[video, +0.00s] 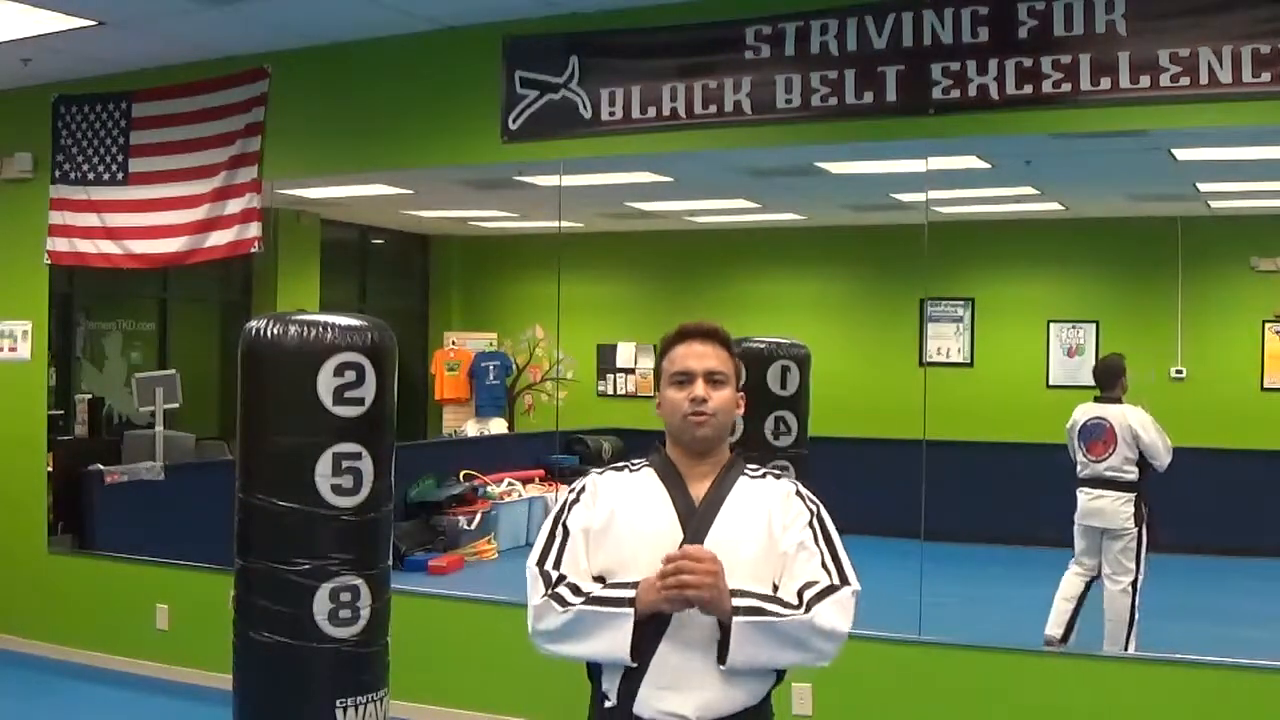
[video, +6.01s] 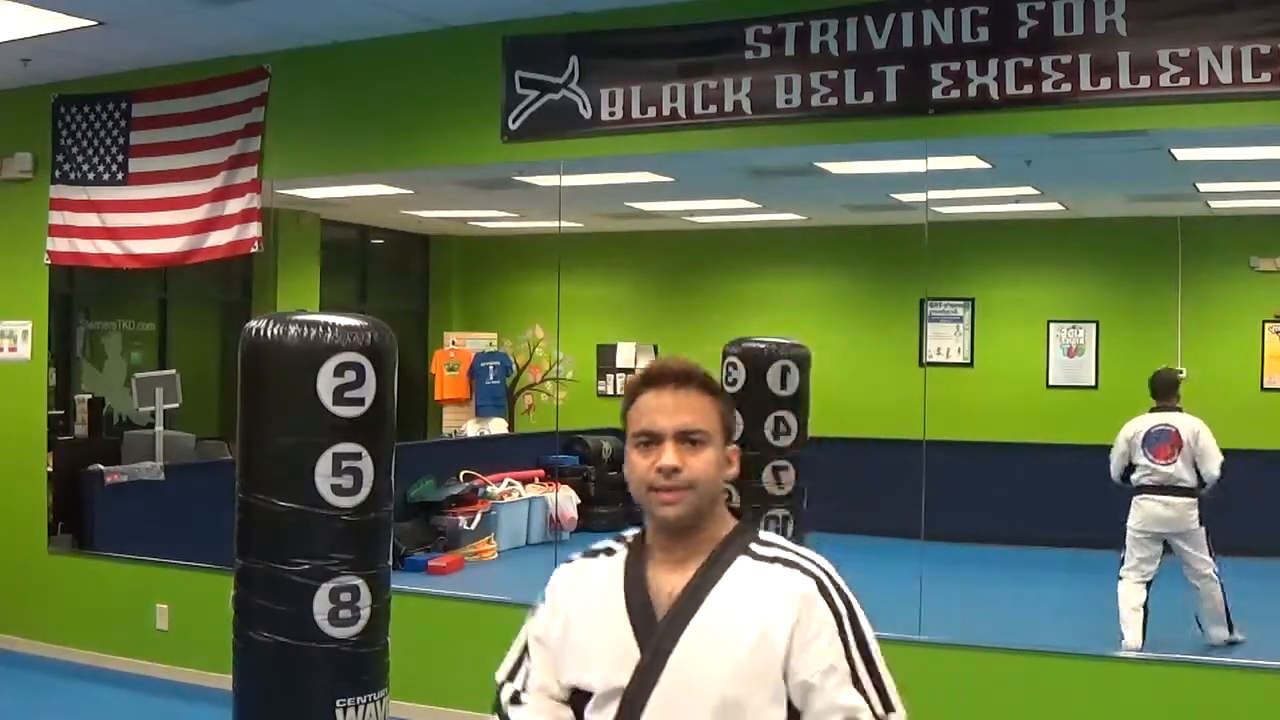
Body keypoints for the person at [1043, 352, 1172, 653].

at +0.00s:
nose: (1128, 379)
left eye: (1125, 374)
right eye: (1126, 375)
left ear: (1096, 380)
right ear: (1123, 380)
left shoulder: (1080, 413)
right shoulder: (1135, 416)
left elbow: (1075, 455)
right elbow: (1162, 459)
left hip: (1086, 500)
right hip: (1122, 504)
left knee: (1081, 567)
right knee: (1121, 579)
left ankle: (1053, 636)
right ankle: (1117, 653)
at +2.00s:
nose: (1080, 380)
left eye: (1077, 375)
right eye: (1077, 375)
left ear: (1048, 383)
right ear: (1072, 381)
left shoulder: (1030, 414)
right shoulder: (1084, 416)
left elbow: (1030, 454)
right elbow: (1109, 463)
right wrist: (1102, 425)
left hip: (1033, 510)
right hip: (1067, 515)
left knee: (1039, 582)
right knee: (1060, 589)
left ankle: (1039, 648)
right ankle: (1044, 656)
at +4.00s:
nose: (1167, 385)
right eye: (1169, 380)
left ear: (1143, 382)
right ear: (1170, 382)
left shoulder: (1120, 411)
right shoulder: (1184, 415)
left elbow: (1107, 456)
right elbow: (1200, 460)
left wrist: (1136, 452)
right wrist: (1172, 455)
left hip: (1124, 501)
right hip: (1160, 504)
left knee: (1119, 567)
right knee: (1151, 573)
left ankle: (1116, 636)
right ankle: (1138, 647)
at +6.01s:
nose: (1181, 391)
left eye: (1177, 387)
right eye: (1180, 388)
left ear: (1152, 393)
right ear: (1177, 392)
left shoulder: (1134, 426)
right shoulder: (1195, 426)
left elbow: (1117, 472)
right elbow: (1212, 472)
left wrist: (1141, 481)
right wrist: (1200, 490)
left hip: (1145, 506)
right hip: (1183, 507)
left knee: (1134, 574)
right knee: (1203, 572)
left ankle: (1132, 644)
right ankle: (1220, 634)